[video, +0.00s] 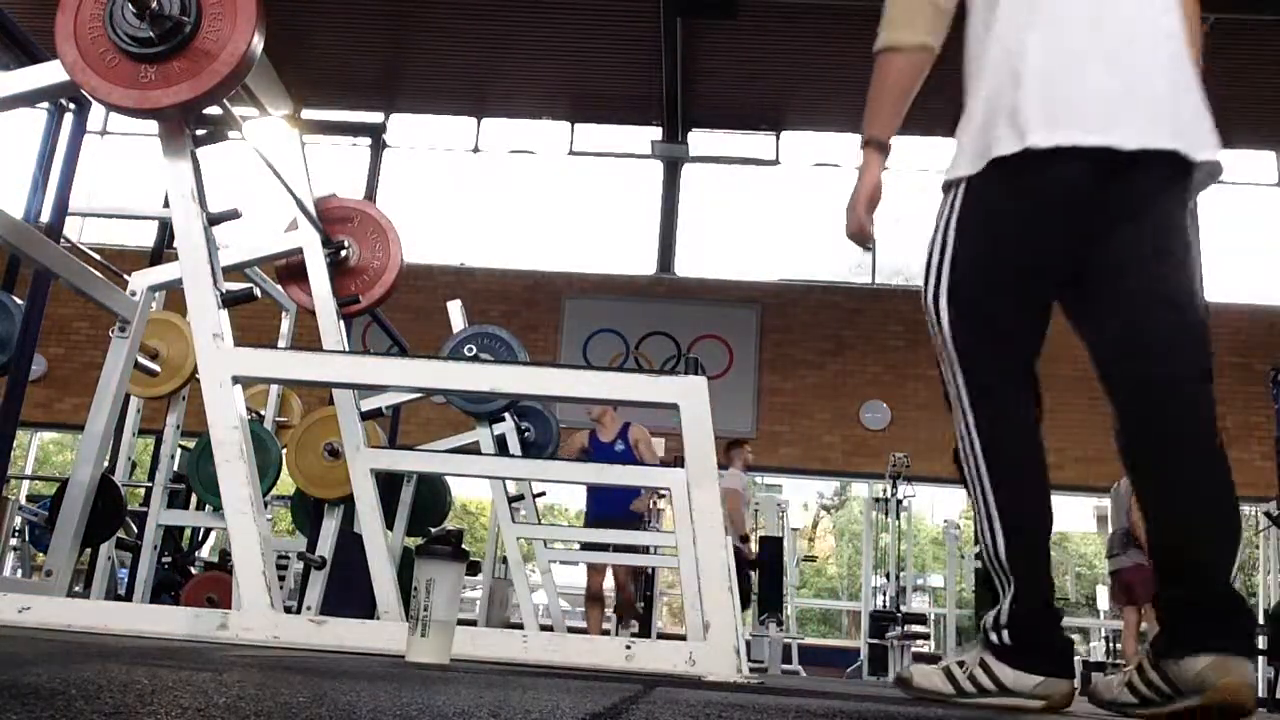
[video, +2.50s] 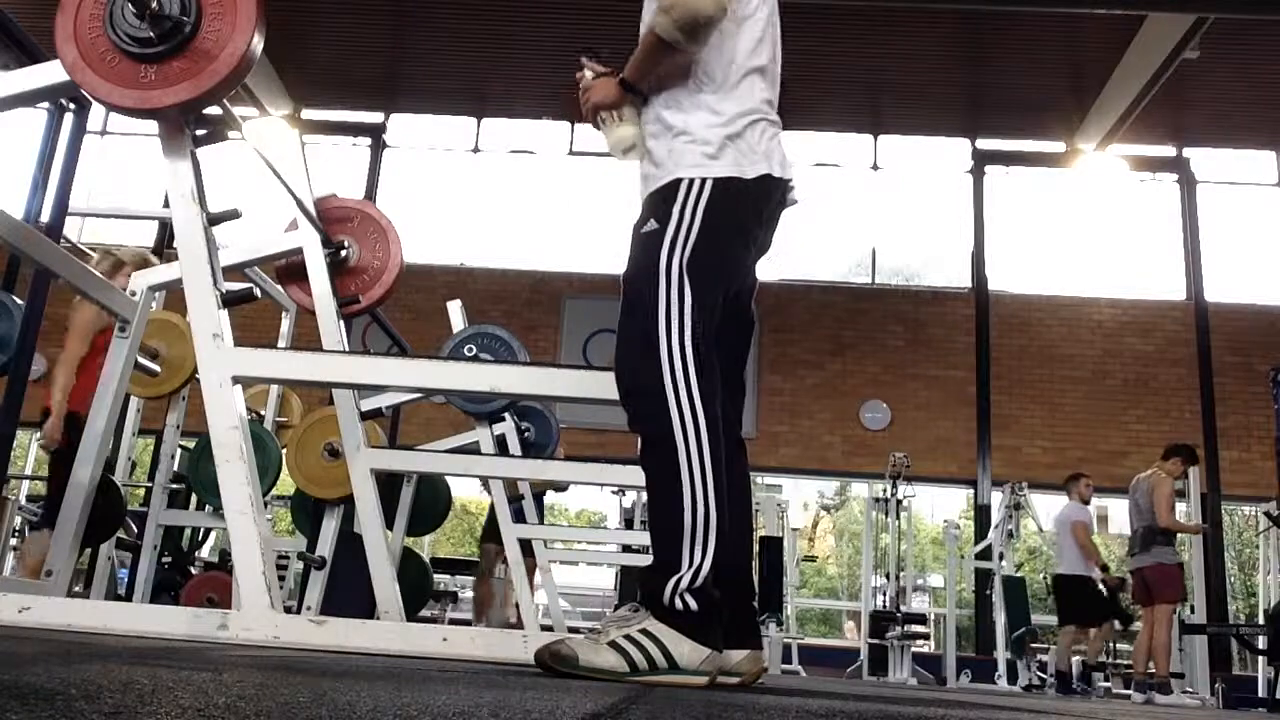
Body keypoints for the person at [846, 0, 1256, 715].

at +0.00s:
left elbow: (917, 18)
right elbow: (1186, 27)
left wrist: (874, 151)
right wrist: (1164, 140)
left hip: (1023, 123)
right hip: (1154, 126)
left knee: (989, 390)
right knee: (1171, 401)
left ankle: (1028, 651)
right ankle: (1209, 643)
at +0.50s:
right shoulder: (1019, 9)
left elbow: (831, 53)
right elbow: (1038, 90)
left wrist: (799, 191)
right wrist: (1025, 223)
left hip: (919, 183)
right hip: (995, 194)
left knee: (938, 415)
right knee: (929, 417)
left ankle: (1024, 652)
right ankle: (915, 636)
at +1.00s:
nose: (638, 7)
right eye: (634, 5)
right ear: (662, 11)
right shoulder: (712, 66)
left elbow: (803, 84)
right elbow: (725, 191)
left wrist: (745, 207)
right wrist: (690, 301)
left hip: (851, 178)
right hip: (797, 195)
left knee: (762, 368)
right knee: (729, 407)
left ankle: (877, 588)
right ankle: (725, 635)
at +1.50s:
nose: (482, 154)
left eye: (476, 130)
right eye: (468, 146)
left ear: (515, 85)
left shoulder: (636, 65)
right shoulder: (576, 204)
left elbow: (769, 155)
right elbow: (555, 328)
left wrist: (721, 252)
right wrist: (489, 464)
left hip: (821, 201)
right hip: (760, 242)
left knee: (701, 366)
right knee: (654, 407)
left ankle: (685, 620)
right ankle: (725, 629)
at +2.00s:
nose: (510, 18)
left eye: (511, 1)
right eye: (505, 13)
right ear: (526, 17)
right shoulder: (598, 78)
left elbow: (724, 84)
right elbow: (653, 204)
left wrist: (660, 195)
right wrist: (605, 236)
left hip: (786, 167)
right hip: (744, 189)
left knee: (698, 377)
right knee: (691, 393)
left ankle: (690, 622)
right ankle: (726, 631)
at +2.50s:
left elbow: (687, 18)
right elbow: (698, 63)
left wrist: (626, 81)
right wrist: (615, 91)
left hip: (708, 161)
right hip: (719, 165)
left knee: (665, 378)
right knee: (706, 403)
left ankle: (687, 623)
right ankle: (729, 634)